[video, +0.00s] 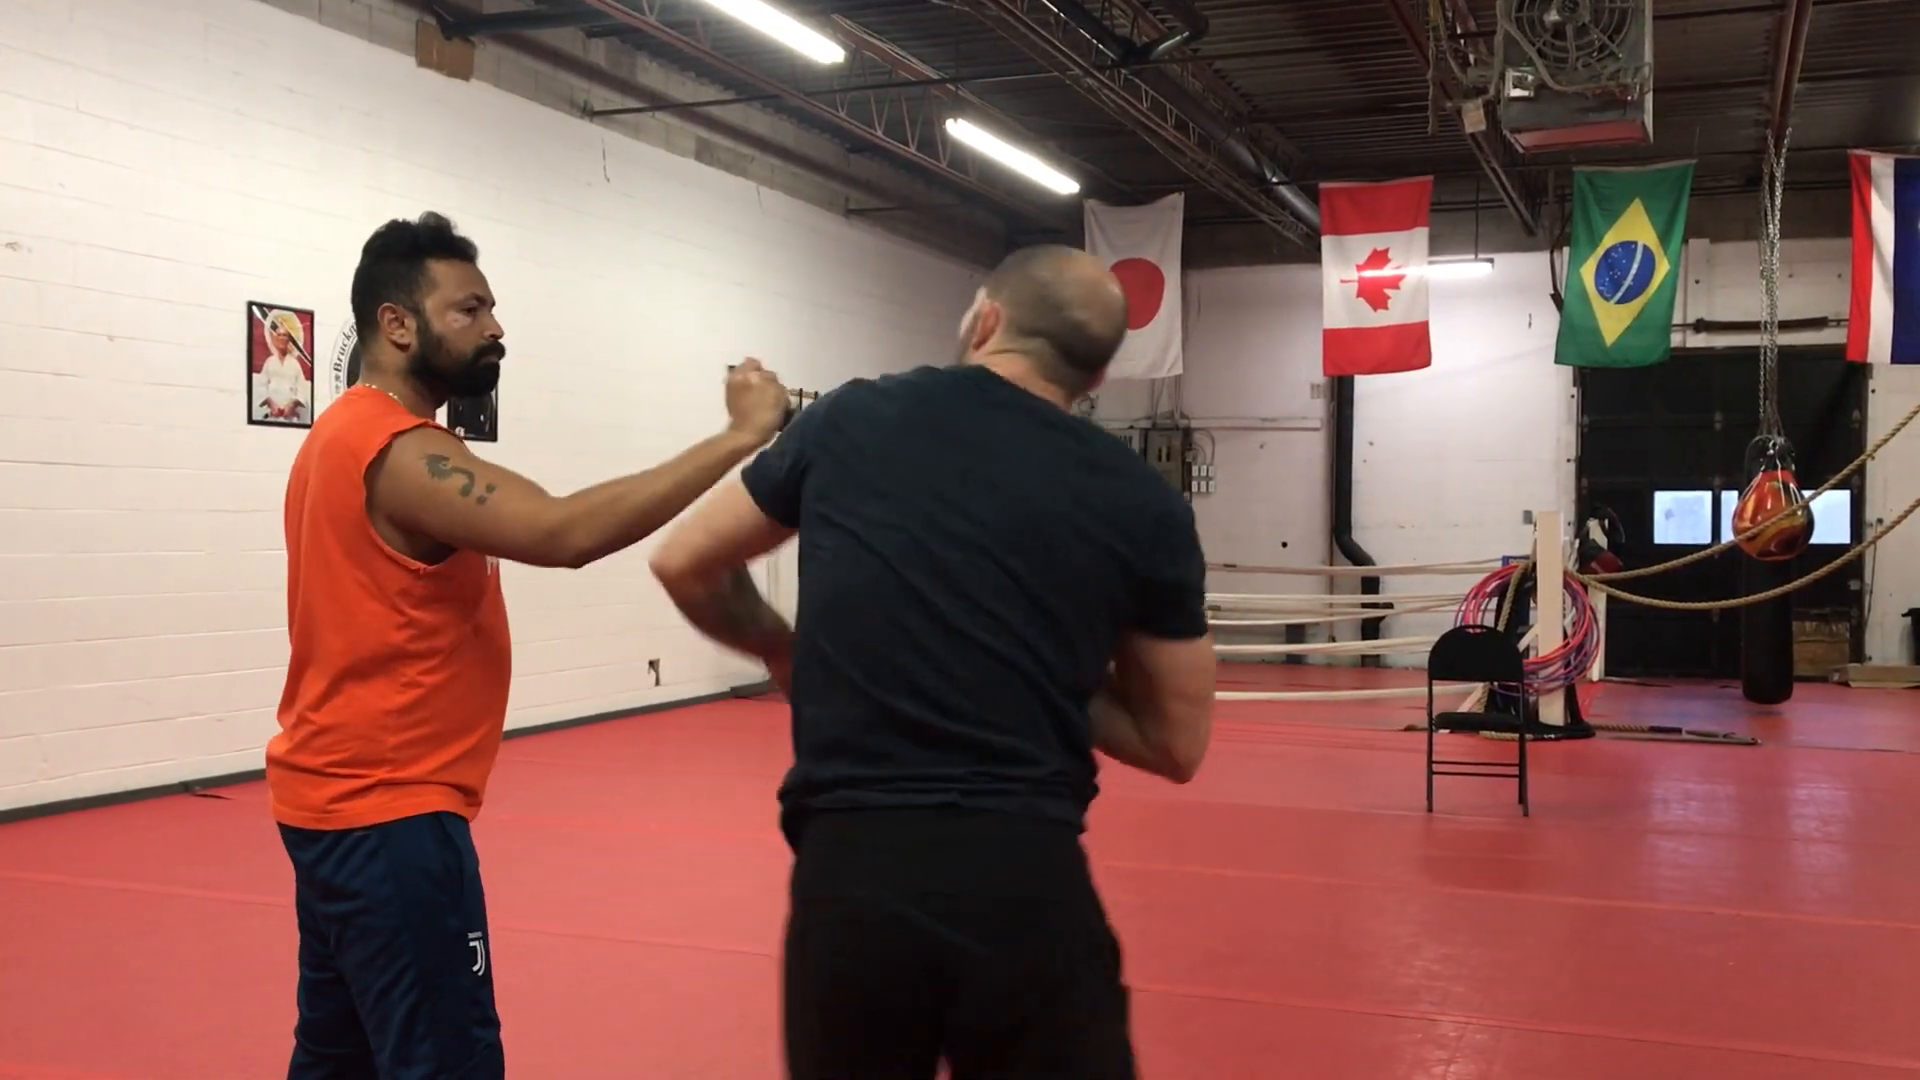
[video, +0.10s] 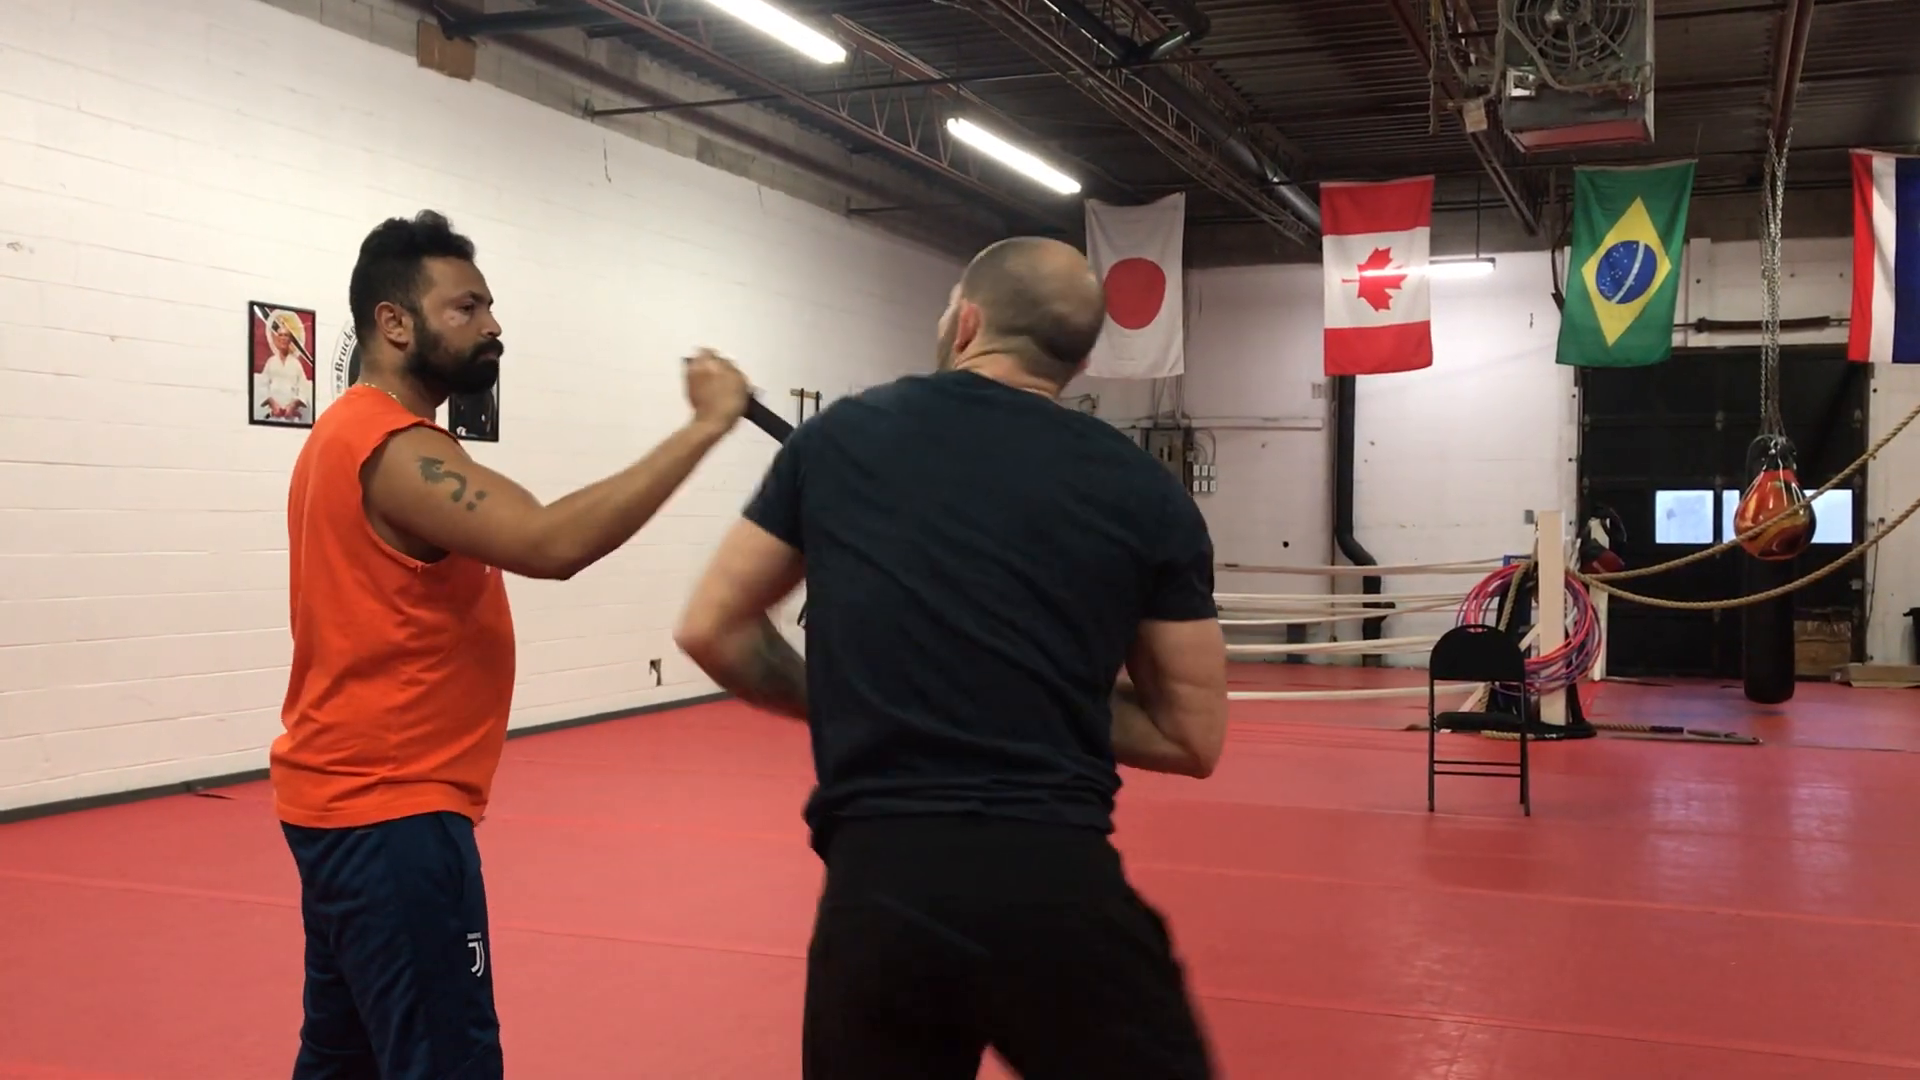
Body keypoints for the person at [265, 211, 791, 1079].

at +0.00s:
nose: (496, 328)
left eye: (489, 307)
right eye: (472, 308)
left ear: (395, 329)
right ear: (395, 324)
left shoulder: (336, 439)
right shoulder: (396, 450)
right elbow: (565, 531)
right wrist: (742, 438)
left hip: (335, 805)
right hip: (393, 814)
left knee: (337, 1057)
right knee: (452, 1058)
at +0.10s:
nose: (493, 326)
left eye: (489, 305)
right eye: (468, 306)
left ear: (397, 328)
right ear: (394, 323)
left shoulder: (346, 434)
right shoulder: (391, 446)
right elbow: (552, 542)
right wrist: (705, 426)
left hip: (345, 805)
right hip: (394, 812)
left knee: (342, 1057)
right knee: (451, 1059)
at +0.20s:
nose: (486, 326)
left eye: (483, 305)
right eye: (462, 306)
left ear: (391, 328)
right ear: (388, 322)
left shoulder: (353, 435)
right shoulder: (385, 442)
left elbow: (386, 633)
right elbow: (534, 542)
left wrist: (466, 763)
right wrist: (653, 402)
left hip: (361, 803)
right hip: (395, 809)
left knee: (350, 1055)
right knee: (451, 1059)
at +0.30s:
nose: (480, 323)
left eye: (475, 305)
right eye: (455, 306)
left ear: (388, 327)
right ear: (380, 321)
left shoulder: (381, 435)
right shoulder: (373, 440)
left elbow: (403, 636)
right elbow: (519, 526)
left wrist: (479, 760)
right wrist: (583, 367)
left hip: (394, 799)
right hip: (393, 806)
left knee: (355, 1053)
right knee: (451, 1057)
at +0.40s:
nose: (468, 326)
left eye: (467, 309)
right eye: (445, 305)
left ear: (382, 329)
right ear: (376, 323)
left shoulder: (390, 437)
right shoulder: (361, 439)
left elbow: (401, 640)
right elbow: (503, 499)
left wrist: (488, 760)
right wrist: (505, 334)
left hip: (404, 803)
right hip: (398, 809)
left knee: (362, 1056)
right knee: (451, 1058)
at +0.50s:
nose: (465, 327)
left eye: (462, 309)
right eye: (445, 305)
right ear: (380, 324)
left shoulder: (409, 437)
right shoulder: (350, 438)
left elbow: (425, 637)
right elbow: (481, 479)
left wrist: (497, 763)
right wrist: (427, 342)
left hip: (431, 802)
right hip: (396, 808)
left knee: (370, 1056)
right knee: (454, 1057)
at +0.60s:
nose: (467, 337)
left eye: (467, 315)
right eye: (444, 312)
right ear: (379, 328)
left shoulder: (417, 435)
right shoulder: (341, 444)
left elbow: (444, 632)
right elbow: (458, 482)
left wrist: (508, 766)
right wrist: (411, 349)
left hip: (445, 802)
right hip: (397, 808)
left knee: (378, 1056)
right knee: (460, 1057)